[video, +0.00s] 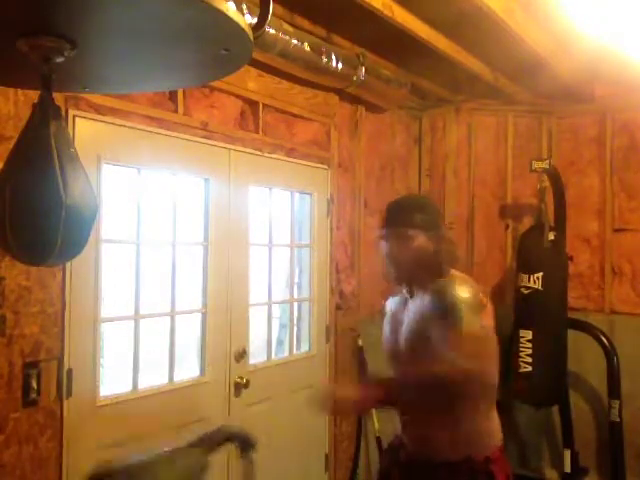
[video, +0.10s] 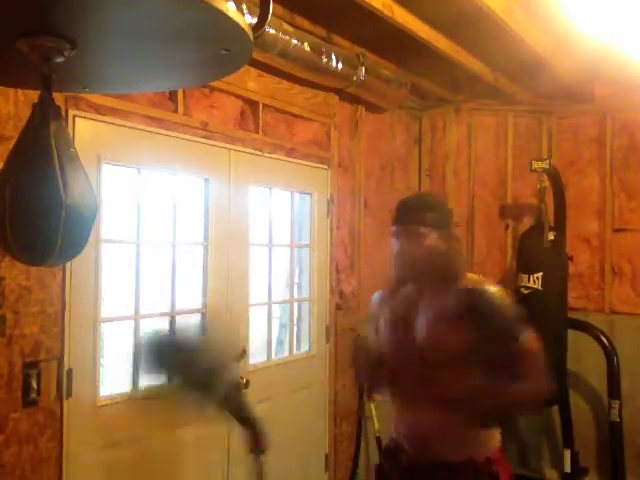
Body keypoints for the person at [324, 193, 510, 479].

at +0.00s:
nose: (389, 251)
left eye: (402, 238)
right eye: (386, 240)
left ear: (430, 241)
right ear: (381, 243)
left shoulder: (458, 297)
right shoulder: (395, 305)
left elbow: (477, 379)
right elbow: (414, 384)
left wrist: (381, 393)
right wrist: (367, 394)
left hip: (469, 463)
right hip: (415, 458)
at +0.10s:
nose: (402, 250)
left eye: (416, 237)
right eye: (398, 238)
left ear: (443, 240)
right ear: (392, 241)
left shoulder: (483, 299)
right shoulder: (387, 304)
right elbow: (376, 378)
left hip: (472, 463)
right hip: (407, 460)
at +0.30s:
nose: (423, 246)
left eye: (435, 235)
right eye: (414, 235)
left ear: (459, 239)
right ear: (404, 239)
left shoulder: (496, 304)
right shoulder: (381, 294)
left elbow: (538, 384)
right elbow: (345, 366)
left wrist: (488, 388)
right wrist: (346, 344)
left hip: (470, 463)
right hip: (401, 462)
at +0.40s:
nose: (417, 248)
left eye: (429, 237)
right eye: (407, 236)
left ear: (453, 240)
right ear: (398, 240)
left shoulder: (490, 306)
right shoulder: (375, 298)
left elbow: (524, 391)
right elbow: (347, 373)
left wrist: (458, 369)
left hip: (465, 462)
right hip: (396, 463)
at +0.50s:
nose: (400, 246)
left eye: (412, 234)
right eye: (393, 235)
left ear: (440, 237)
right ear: (386, 241)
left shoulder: (472, 298)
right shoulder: (374, 300)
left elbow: (476, 378)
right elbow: (363, 373)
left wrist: (397, 335)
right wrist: (369, 427)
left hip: (460, 458)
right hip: (394, 456)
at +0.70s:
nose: (378, 251)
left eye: (384, 239)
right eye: (377, 241)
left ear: (411, 238)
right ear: (410, 239)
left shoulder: (433, 286)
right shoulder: (416, 289)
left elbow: (387, 343)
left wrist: (294, 345)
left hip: (453, 461)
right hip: (424, 456)